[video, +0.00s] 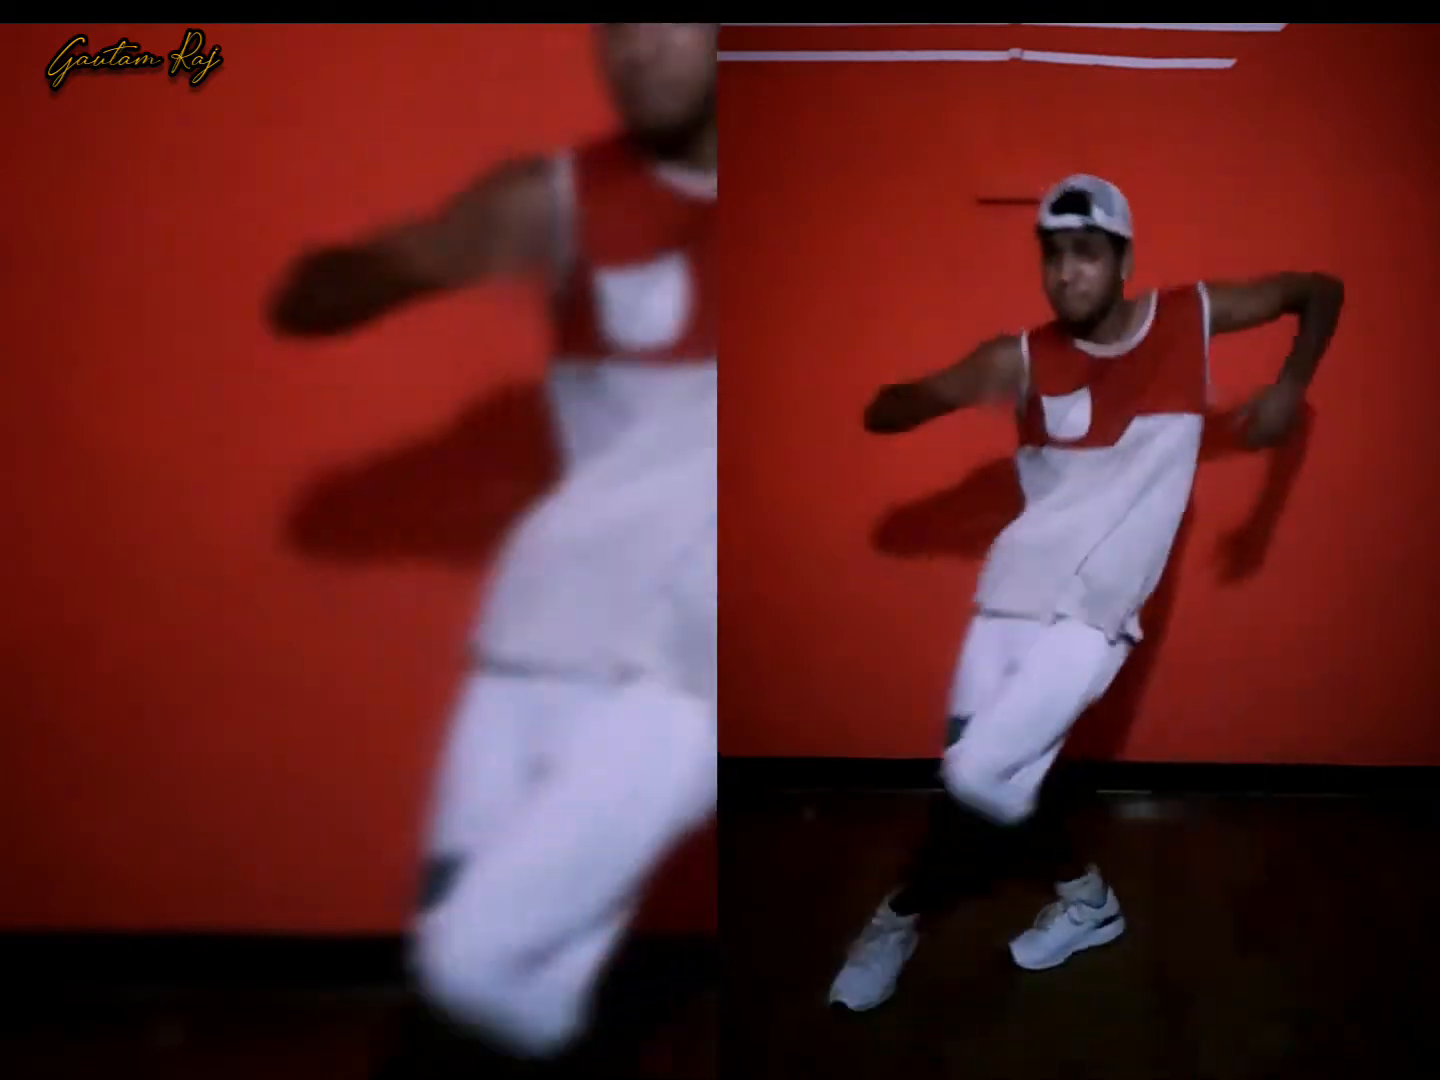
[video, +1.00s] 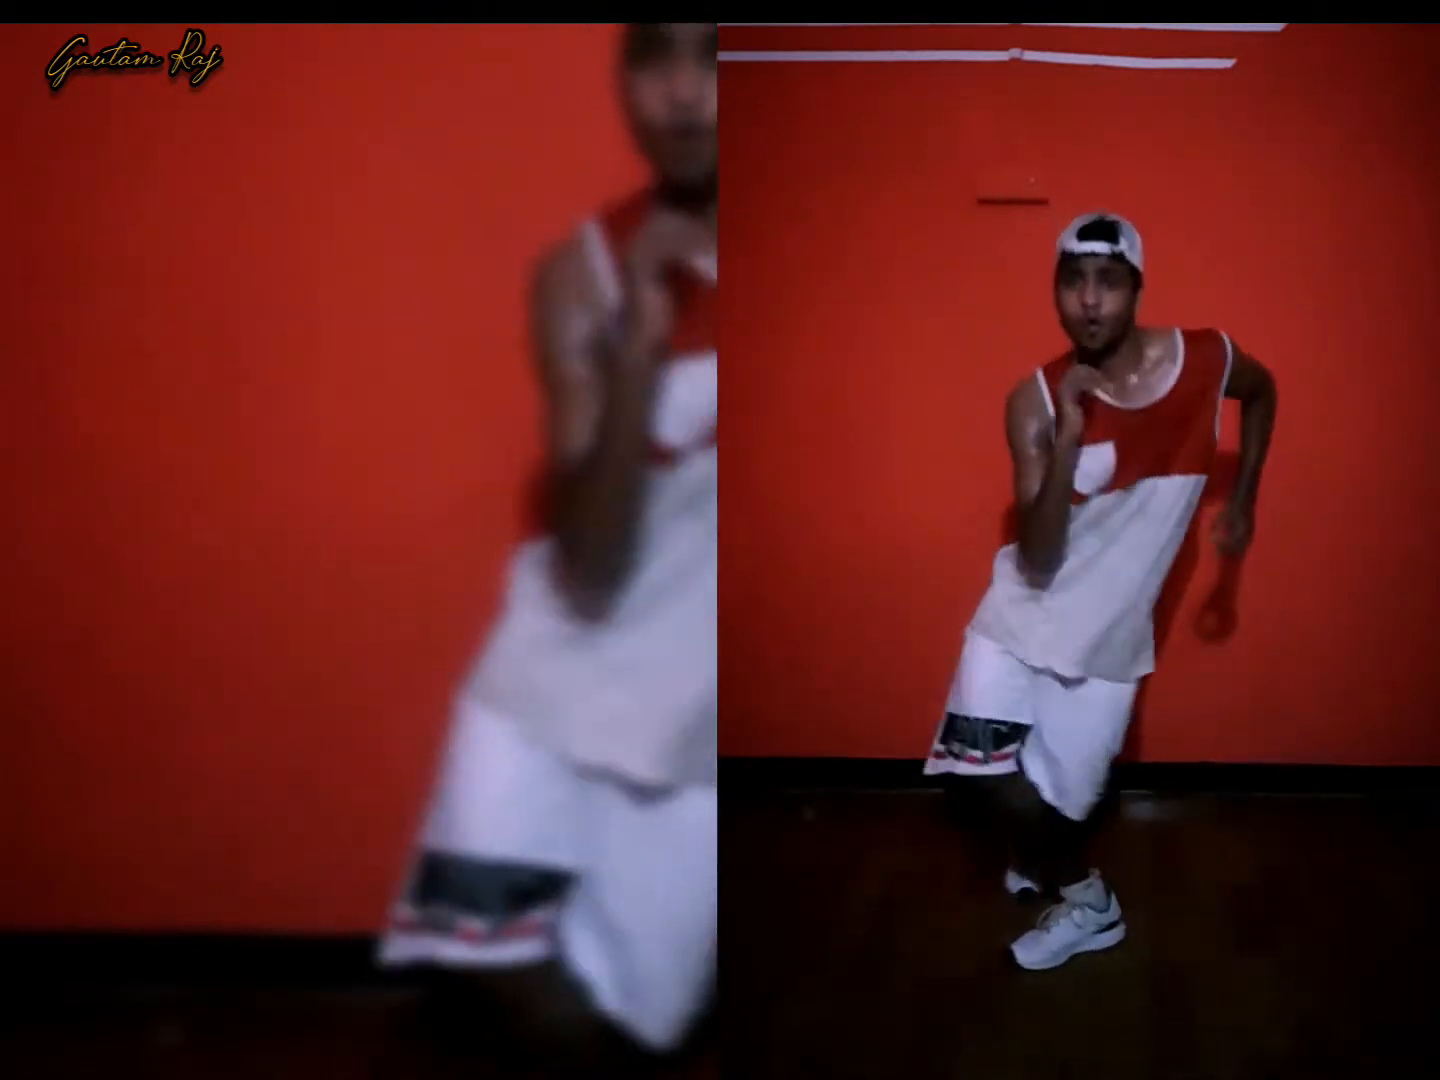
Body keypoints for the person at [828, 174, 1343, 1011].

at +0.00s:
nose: (1066, 273)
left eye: (1085, 257)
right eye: (1054, 257)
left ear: (1123, 261)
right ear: (1041, 267)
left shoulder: (1186, 315)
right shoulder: (1020, 359)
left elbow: (1321, 292)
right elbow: (893, 412)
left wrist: (1290, 387)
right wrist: (918, 398)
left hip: (1099, 606)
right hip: (1011, 591)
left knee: (975, 772)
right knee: (982, 767)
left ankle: (894, 926)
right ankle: (1085, 898)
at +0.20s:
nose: (1058, 284)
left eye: (1076, 266)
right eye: (1044, 266)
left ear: (1109, 277)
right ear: (1026, 276)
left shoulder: (1172, 372)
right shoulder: (1006, 368)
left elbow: (1249, 479)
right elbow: (964, 475)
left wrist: (1152, 535)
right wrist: (953, 583)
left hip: (1129, 592)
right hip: (1040, 591)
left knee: (1044, 736)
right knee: (991, 745)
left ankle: (1087, 901)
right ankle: (1045, 909)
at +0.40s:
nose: (1069, 273)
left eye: (1088, 258)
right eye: (1054, 255)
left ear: (1116, 271)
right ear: (1035, 266)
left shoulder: (1143, 382)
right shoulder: (1050, 341)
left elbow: (1131, 547)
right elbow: (1079, 449)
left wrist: (1036, 450)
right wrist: (1088, 542)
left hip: (1198, 605)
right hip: (1103, 591)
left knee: (1256, 783)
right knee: (1030, 752)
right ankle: (1092, 907)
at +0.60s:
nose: (1076, 301)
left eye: (1096, 286)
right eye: (1061, 283)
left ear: (1122, 300)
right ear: (1042, 294)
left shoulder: (1150, 401)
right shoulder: (1045, 361)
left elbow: (1213, 540)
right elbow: (1076, 461)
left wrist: (1098, 518)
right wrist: (1049, 508)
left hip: (1203, 615)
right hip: (1111, 603)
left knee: (1273, 788)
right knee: (1032, 767)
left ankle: (1416, 938)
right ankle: (1094, 908)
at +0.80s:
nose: (1071, 273)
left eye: (1089, 255)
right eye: (1056, 255)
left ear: (1119, 266)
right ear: (1038, 267)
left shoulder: (1184, 352)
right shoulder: (1020, 367)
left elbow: (1223, 477)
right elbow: (1012, 497)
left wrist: (1221, 601)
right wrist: (1057, 528)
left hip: (1153, 587)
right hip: (1059, 581)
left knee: (1092, 759)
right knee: (1020, 745)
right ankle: (1093, 901)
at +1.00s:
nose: (1089, 302)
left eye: (1107, 284)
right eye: (1074, 284)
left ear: (1138, 293)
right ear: (1058, 295)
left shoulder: (1202, 359)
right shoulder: (1037, 401)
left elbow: (1260, 390)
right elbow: (1039, 556)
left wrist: (1242, 499)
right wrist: (1066, 445)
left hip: (1113, 628)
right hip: (1023, 606)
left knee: (1064, 800)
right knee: (979, 757)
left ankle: (1034, 863)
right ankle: (1087, 899)